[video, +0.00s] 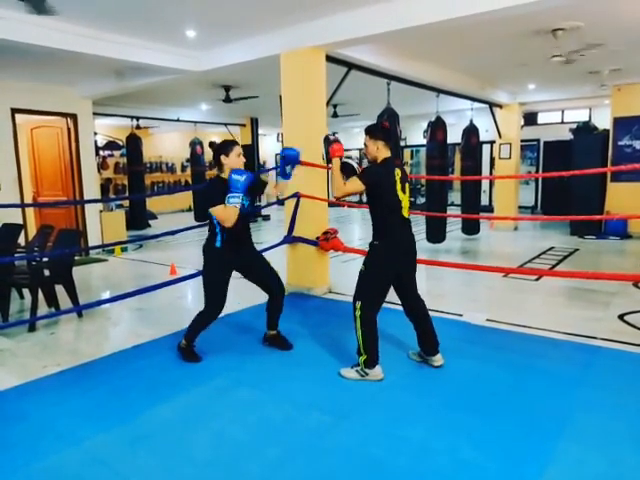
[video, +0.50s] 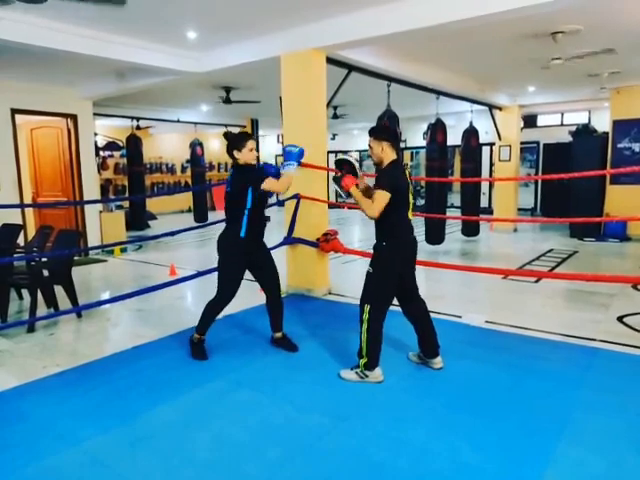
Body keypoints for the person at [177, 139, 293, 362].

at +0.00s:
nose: (243, 159)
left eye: (242, 155)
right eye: (238, 155)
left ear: (237, 159)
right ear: (224, 159)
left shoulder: (246, 180)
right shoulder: (210, 188)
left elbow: (276, 192)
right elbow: (227, 220)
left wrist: (285, 171)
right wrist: (237, 190)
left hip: (243, 250)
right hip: (217, 254)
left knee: (277, 290)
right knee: (214, 308)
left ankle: (272, 333)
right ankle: (186, 343)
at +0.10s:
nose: (250, 154)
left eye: (249, 150)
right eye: (245, 150)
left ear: (246, 153)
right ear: (230, 154)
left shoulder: (254, 174)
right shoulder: (218, 181)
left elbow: (286, 177)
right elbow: (225, 212)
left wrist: (309, 161)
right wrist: (237, 183)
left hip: (249, 245)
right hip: (223, 246)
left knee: (272, 289)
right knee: (214, 299)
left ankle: (279, 333)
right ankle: (188, 342)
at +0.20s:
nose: (258, 149)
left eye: (257, 144)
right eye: (253, 146)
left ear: (251, 150)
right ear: (239, 151)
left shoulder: (259, 176)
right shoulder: (232, 175)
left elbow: (277, 204)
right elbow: (250, 192)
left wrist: (291, 187)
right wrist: (265, 167)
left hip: (256, 242)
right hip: (231, 243)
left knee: (273, 289)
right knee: (215, 292)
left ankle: (278, 334)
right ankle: (191, 338)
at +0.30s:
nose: (261, 149)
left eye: (260, 145)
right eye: (256, 147)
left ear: (250, 150)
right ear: (243, 152)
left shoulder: (255, 171)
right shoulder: (252, 169)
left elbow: (261, 210)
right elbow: (291, 166)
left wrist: (277, 196)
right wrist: (316, 152)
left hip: (255, 242)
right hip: (234, 242)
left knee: (272, 287)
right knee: (222, 291)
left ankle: (278, 333)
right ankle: (194, 330)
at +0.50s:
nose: (255, 154)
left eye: (255, 149)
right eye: (250, 150)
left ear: (251, 151)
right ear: (236, 154)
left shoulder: (252, 172)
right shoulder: (243, 174)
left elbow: (278, 186)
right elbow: (280, 187)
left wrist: (285, 169)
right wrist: (291, 167)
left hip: (254, 243)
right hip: (234, 244)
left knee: (273, 288)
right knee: (225, 295)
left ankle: (278, 334)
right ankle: (198, 337)